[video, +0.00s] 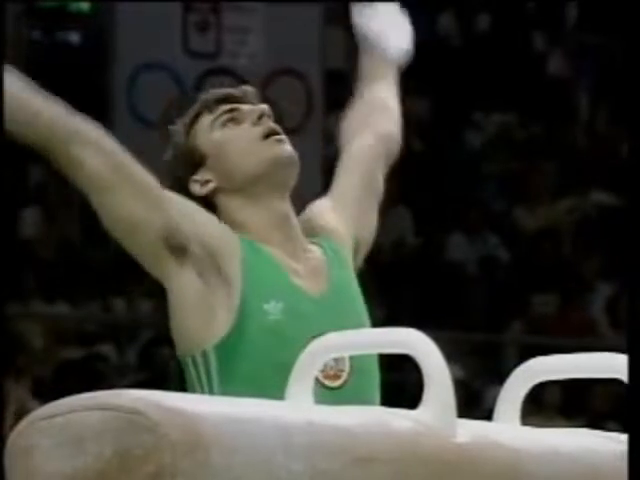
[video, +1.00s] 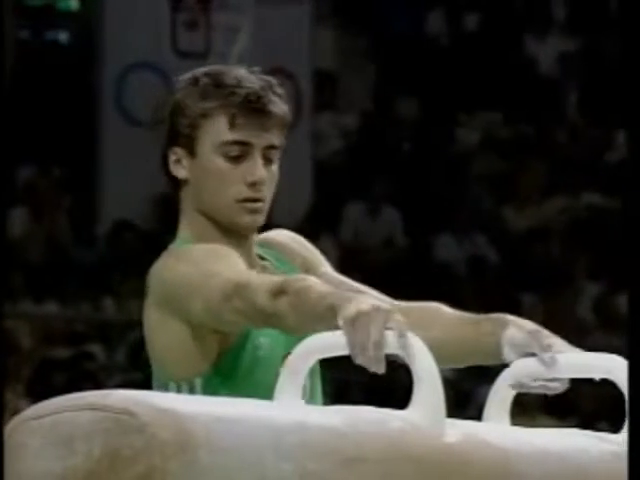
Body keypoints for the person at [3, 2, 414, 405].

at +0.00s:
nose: (264, 115)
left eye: (267, 112)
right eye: (231, 120)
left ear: (287, 143)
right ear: (203, 179)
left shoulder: (333, 240)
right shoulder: (198, 251)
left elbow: (371, 139)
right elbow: (79, 143)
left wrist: (381, 56)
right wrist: (5, 81)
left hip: (364, 473)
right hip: (253, 475)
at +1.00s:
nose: (259, 177)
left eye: (269, 158)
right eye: (235, 155)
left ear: (280, 163)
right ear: (180, 164)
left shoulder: (287, 250)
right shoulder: (184, 270)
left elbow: (388, 316)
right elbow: (271, 298)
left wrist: (500, 334)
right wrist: (347, 305)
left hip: (307, 473)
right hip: (221, 476)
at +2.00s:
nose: (268, 197)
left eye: (277, 178)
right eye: (248, 176)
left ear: (286, 172)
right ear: (186, 172)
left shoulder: (272, 241)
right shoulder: (188, 270)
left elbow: (371, 298)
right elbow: (271, 305)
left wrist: (477, 342)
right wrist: (339, 306)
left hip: (267, 466)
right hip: (199, 470)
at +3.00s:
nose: (254, 168)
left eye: (258, 149)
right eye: (227, 150)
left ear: (266, 154)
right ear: (169, 166)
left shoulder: (257, 241)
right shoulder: (183, 271)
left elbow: (359, 296)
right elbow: (271, 306)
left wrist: (479, 339)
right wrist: (343, 303)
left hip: (246, 467)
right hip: (186, 471)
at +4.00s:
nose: (251, 185)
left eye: (259, 165)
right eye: (228, 164)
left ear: (267, 164)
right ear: (168, 167)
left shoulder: (255, 237)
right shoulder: (182, 269)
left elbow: (356, 293)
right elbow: (270, 306)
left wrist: (480, 338)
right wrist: (342, 303)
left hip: (247, 465)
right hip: (186, 469)